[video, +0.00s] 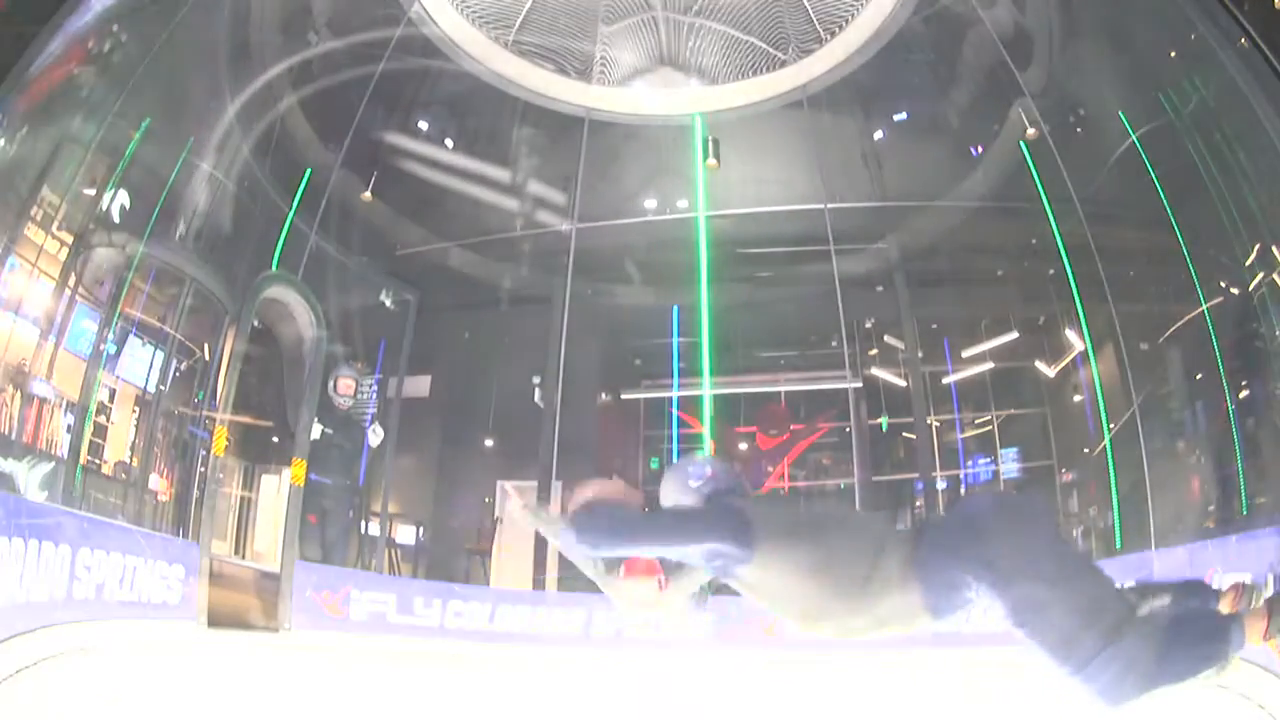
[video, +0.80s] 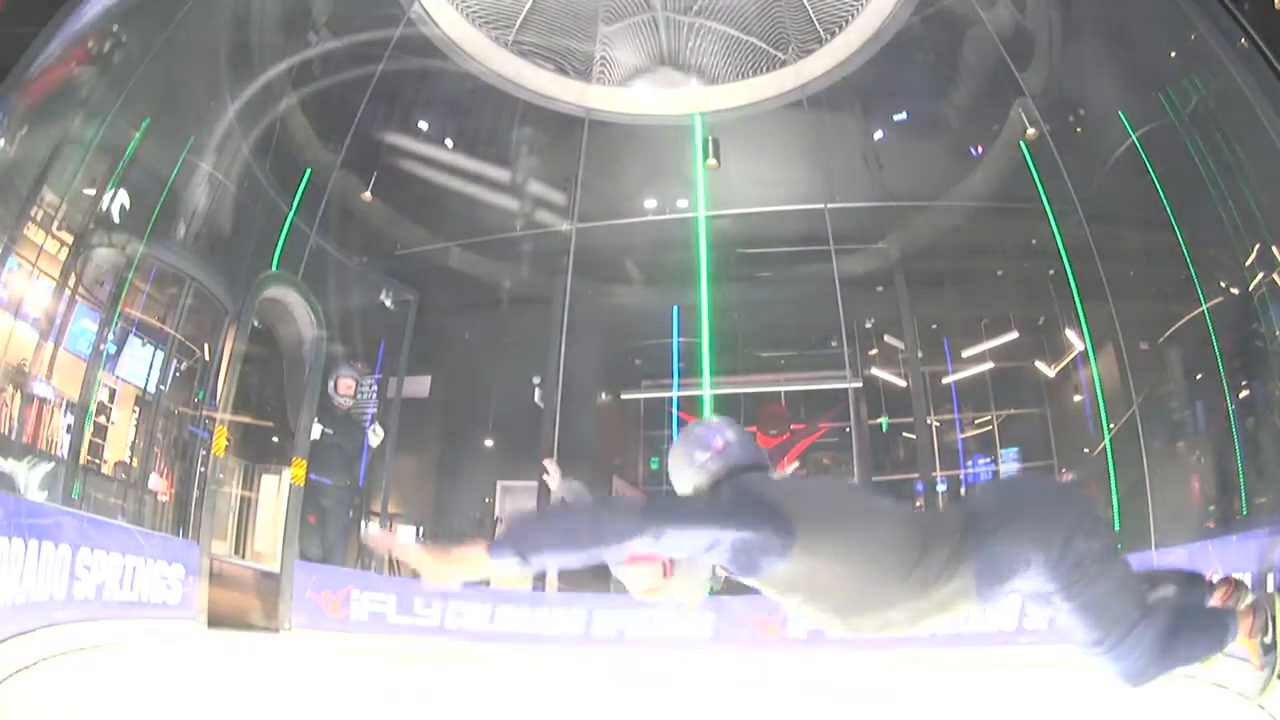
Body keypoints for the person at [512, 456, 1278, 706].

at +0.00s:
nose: (667, 541)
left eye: (670, 524)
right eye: (669, 525)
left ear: (697, 509)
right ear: (722, 493)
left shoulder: (734, 528)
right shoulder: (749, 531)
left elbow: (612, 541)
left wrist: (546, 517)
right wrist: (574, 518)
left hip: (978, 551)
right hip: (978, 546)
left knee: (1112, 671)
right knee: (1111, 633)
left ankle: (1235, 625)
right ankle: (1224, 606)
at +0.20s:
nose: (687, 516)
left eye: (688, 501)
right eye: (686, 501)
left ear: (718, 488)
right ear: (735, 477)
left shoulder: (763, 518)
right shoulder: (783, 516)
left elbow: (646, 522)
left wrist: (561, 513)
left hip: (997, 543)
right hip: (992, 533)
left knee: (1120, 669)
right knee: (1115, 614)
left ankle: (1248, 622)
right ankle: (1226, 600)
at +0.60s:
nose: (683, 491)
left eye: (688, 479)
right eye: (687, 477)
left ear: (711, 480)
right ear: (736, 474)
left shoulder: (748, 523)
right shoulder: (752, 518)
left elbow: (636, 549)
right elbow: (648, 546)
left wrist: (520, 573)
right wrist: (553, 534)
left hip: (988, 542)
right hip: (973, 545)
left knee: (1116, 639)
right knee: (1110, 606)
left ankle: (1230, 614)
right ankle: (1221, 608)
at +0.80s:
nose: (655, 566)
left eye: (661, 546)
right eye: (649, 551)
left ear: (696, 517)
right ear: (709, 496)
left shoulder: (757, 519)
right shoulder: (754, 518)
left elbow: (621, 535)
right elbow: (636, 526)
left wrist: (468, 557)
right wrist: (539, 518)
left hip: (1025, 530)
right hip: (1006, 540)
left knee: (1139, 653)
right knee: (1131, 607)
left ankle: (1245, 616)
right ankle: (1233, 603)